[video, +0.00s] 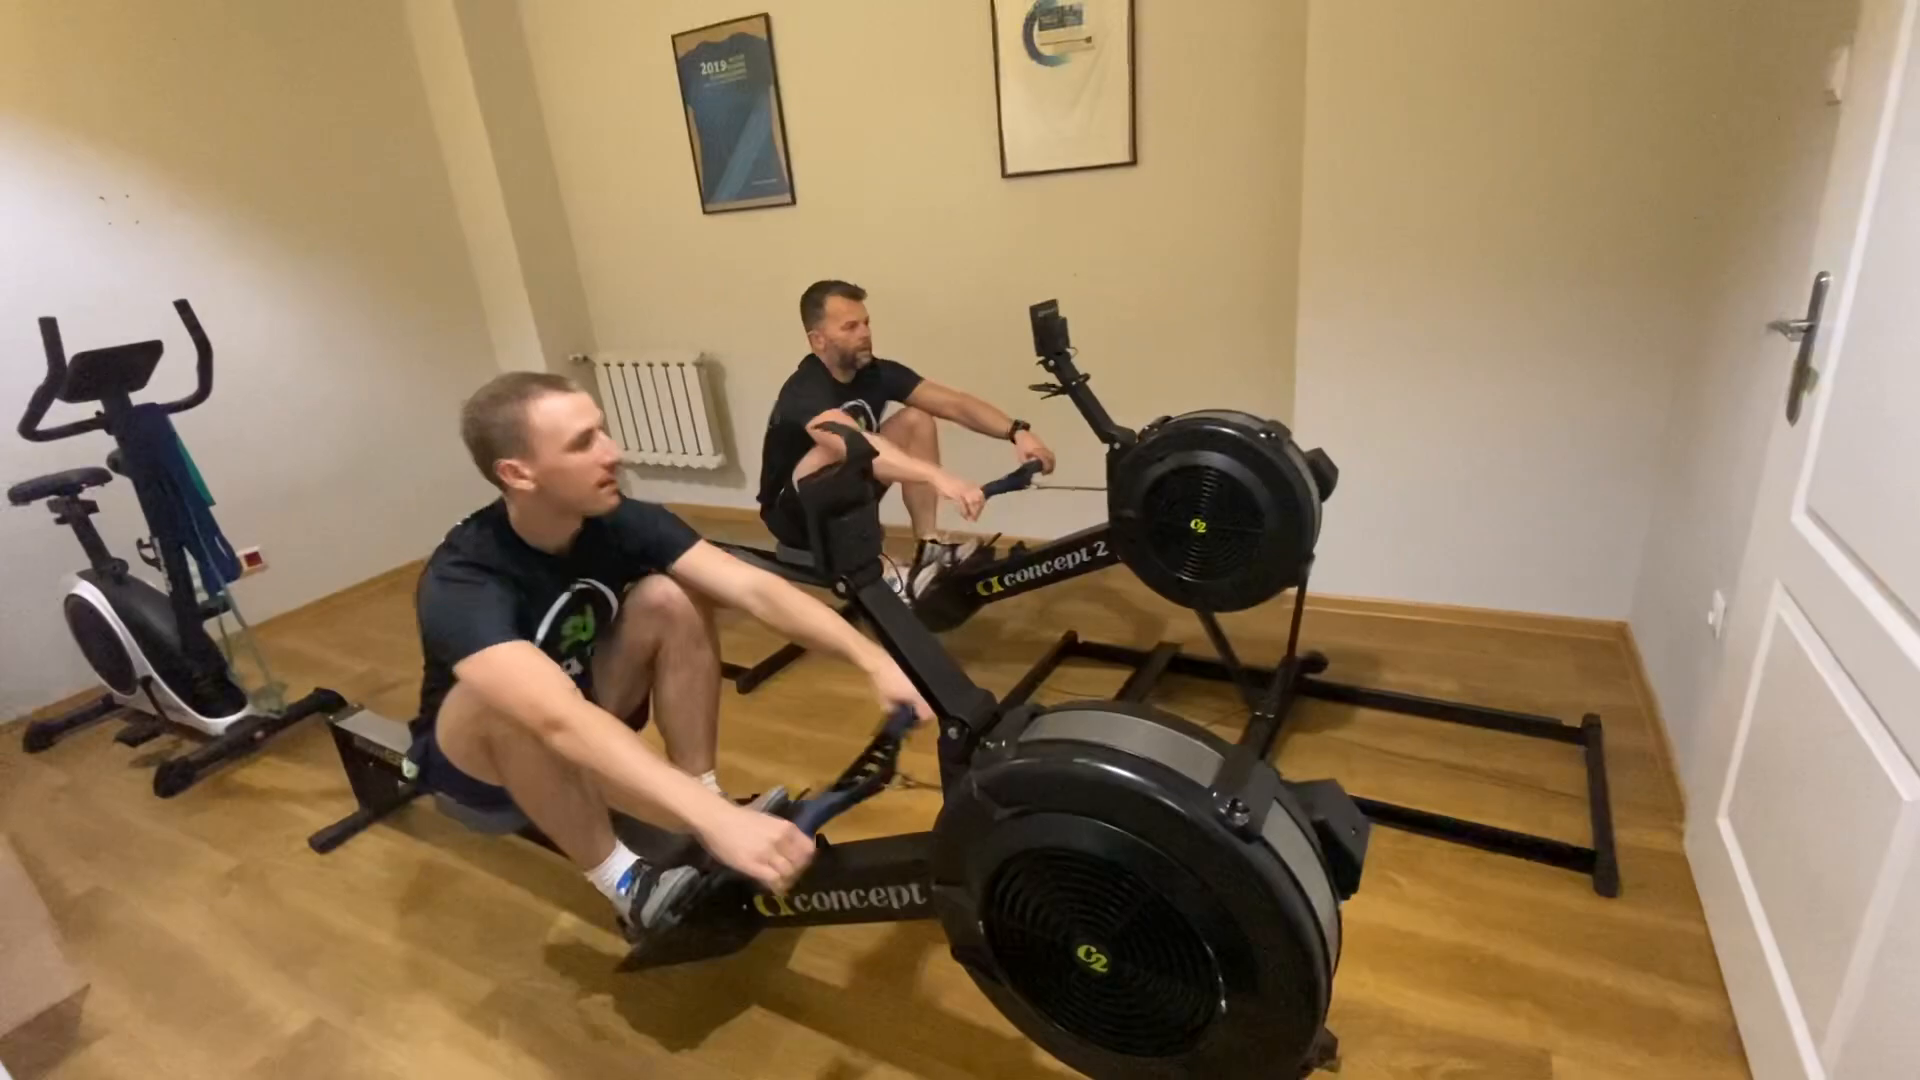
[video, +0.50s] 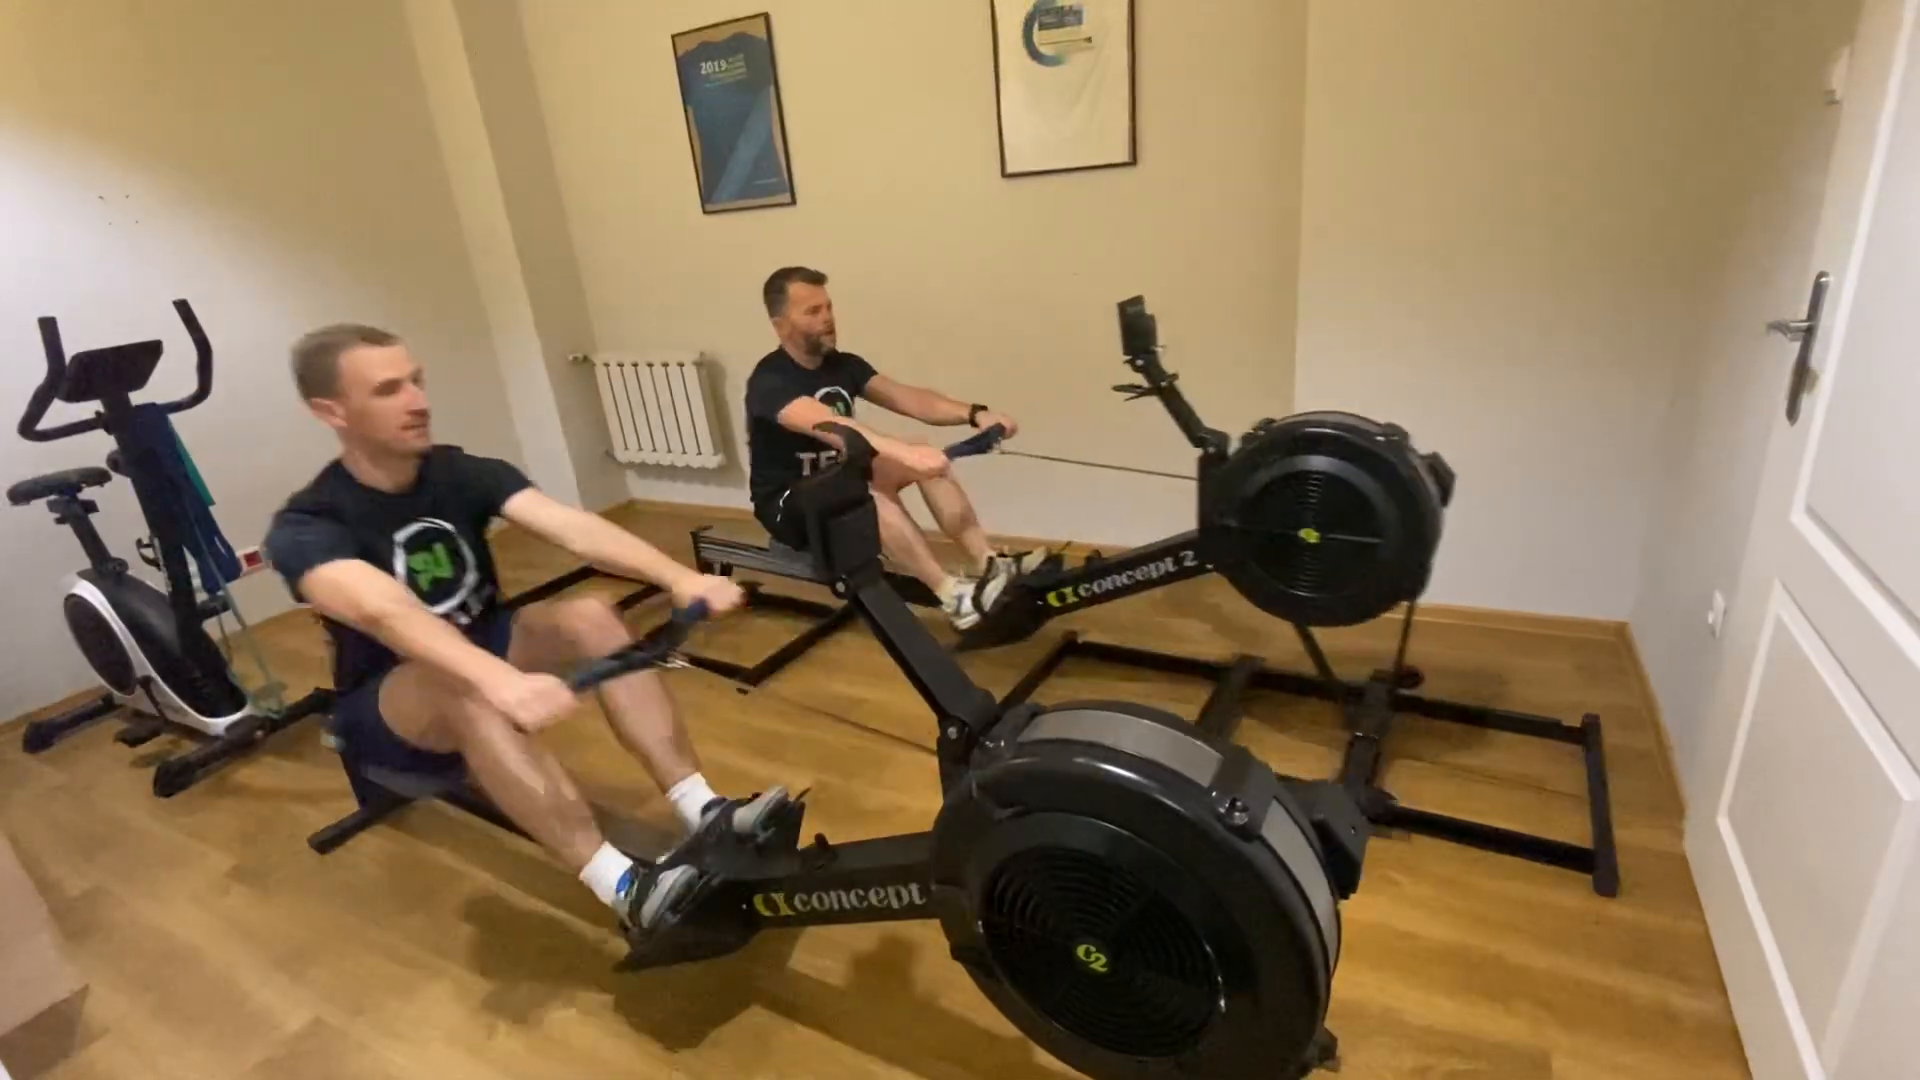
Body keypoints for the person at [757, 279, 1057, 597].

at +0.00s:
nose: (866, 334)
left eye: (866, 323)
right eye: (851, 327)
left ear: (870, 323)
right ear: (817, 339)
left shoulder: (875, 374)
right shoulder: (805, 392)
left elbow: (955, 404)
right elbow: (854, 443)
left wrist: (1017, 432)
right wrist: (938, 478)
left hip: (847, 496)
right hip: (793, 516)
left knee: (915, 420)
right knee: (838, 446)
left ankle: (930, 546)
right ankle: (873, 567)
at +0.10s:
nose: (873, 337)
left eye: (873, 326)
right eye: (858, 330)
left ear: (876, 324)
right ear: (824, 342)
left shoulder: (880, 377)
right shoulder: (810, 397)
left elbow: (963, 407)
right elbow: (874, 444)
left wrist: (1031, 433)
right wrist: (953, 479)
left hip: (848, 502)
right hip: (794, 518)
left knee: (916, 421)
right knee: (843, 442)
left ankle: (927, 548)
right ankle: (874, 566)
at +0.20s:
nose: (874, 335)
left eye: (874, 324)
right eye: (860, 329)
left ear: (876, 323)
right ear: (826, 343)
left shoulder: (880, 378)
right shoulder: (811, 396)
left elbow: (965, 407)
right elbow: (878, 442)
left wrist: (1035, 430)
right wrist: (964, 476)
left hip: (848, 500)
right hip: (793, 514)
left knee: (916, 422)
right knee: (845, 443)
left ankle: (930, 552)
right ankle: (870, 566)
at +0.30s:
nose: (866, 330)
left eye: (866, 320)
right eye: (852, 323)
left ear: (869, 321)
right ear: (818, 338)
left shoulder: (873, 374)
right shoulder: (806, 394)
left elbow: (954, 406)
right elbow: (874, 444)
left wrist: (1021, 425)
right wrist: (955, 473)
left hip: (844, 492)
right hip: (792, 510)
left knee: (917, 428)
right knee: (841, 462)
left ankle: (945, 554)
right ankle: (897, 579)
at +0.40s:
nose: (849, 324)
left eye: (848, 314)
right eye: (835, 318)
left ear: (852, 312)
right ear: (803, 333)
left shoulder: (857, 370)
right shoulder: (788, 391)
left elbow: (933, 405)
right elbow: (856, 443)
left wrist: (998, 422)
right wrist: (933, 466)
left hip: (845, 488)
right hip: (790, 508)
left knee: (919, 440)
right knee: (849, 478)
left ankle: (968, 561)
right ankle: (924, 587)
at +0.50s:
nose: (829, 318)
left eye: (829, 308)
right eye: (815, 312)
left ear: (831, 306)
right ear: (781, 325)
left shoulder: (843, 366)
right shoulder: (768, 382)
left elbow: (905, 399)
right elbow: (832, 429)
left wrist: (974, 413)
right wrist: (904, 452)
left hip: (847, 480)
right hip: (790, 502)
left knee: (927, 459)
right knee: (865, 497)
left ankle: (989, 564)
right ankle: (952, 595)